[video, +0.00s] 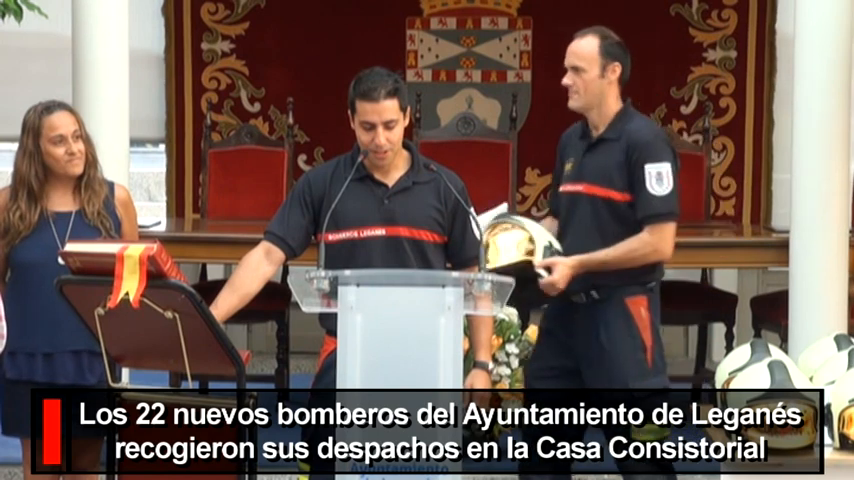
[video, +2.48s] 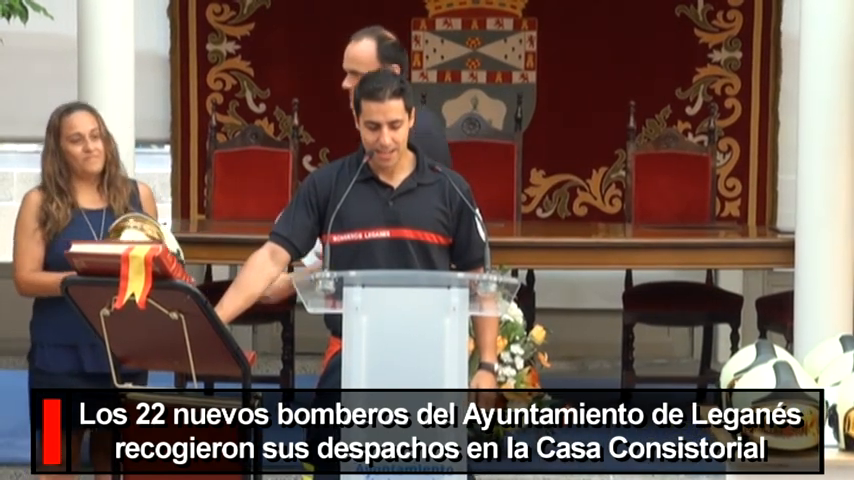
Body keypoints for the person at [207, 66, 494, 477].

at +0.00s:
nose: (379, 139)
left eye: (389, 126)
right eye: (368, 127)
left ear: (407, 118)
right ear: (352, 122)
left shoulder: (445, 188)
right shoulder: (322, 184)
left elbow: (474, 280)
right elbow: (267, 255)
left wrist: (482, 364)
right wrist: (208, 322)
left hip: (427, 350)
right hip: (348, 350)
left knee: (430, 469)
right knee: (329, 464)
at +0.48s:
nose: (379, 139)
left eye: (390, 125)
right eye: (368, 127)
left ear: (407, 118)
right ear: (352, 122)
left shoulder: (445, 188)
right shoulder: (322, 184)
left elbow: (474, 280)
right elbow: (267, 255)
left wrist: (483, 364)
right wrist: (208, 322)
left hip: (427, 353)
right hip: (348, 352)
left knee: (430, 470)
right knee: (330, 466)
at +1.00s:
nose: (379, 139)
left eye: (389, 125)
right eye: (368, 127)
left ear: (406, 119)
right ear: (352, 122)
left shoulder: (444, 187)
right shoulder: (322, 184)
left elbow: (475, 281)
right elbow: (268, 254)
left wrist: (483, 365)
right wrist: (209, 322)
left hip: (429, 353)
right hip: (348, 352)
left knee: (432, 469)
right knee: (327, 465)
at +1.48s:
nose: (380, 139)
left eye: (391, 126)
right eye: (369, 127)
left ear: (409, 120)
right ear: (354, 123)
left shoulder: (448, 190)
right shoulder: (323, 185)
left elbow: (477, 282)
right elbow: (269, 256)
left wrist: (485, 366)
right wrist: (212, 322)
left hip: (429, 357)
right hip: (349, 355)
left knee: (430, 469)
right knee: (330, 466)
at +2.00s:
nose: (381, 139)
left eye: (392, 126)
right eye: (370, 127)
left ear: (411, 120)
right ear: (355, 122)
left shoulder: (449, 190)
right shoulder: (327, 184)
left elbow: (479, 282)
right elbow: (272, 256)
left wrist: (486, 366)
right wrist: (210, 323)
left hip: (430, 356)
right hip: (351, 354)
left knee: (431, 471)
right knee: (332, 466)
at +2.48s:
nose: (384, 139)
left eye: (395, 126)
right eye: (372, 127)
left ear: (411, 119)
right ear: (357, 123)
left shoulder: (450, 190)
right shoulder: (326, 185)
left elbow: (480, 283)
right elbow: (272, 257)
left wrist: (487, 366)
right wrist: (214, 323)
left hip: (432, 351)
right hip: (353, 349)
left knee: (435, 468)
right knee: (331, 461)